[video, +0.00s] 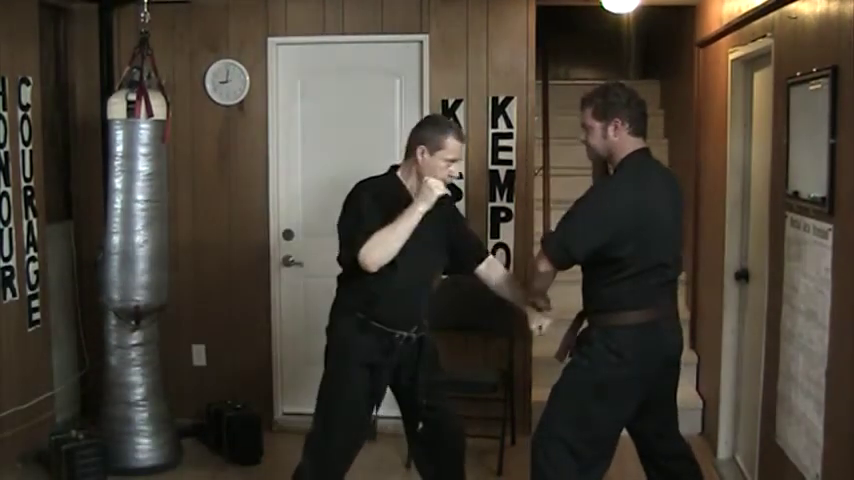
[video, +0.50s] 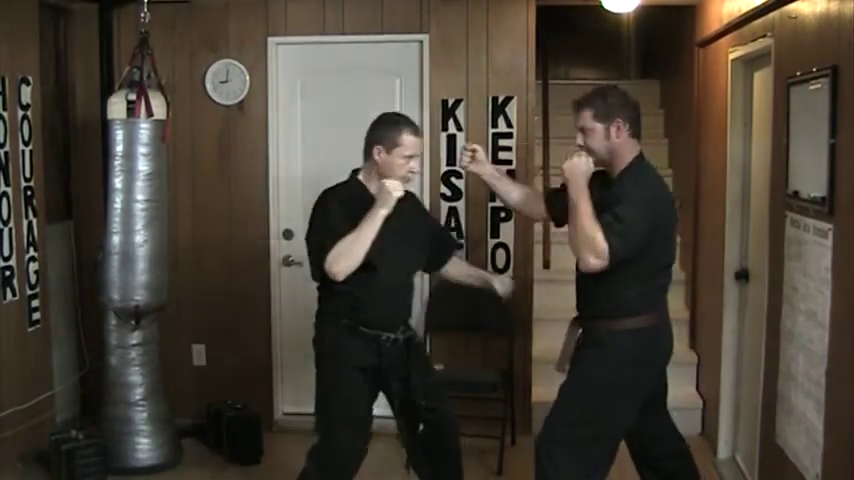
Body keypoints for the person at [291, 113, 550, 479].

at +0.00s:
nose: (456, 171)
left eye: (458, 162)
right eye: (449, 161)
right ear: (420, 154)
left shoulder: (443, 211)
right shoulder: (369, 194)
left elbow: (487, 267)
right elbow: (370, 258)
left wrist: (529, 303)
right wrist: (420, 205)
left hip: (413, 345)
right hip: (359, 340)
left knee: (443, 443)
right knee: (333, 448)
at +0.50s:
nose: (415, 167)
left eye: (417, 158)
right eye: (407, 158)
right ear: (377, 154)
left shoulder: (408, 206)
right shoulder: (336, 202)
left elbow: (443, 261)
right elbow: (336, 267)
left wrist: (489, 279)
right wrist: (381, 209)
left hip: (400, 344)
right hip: (345, 344)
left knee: (437, 438)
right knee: (342, 448)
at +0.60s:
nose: (391, 163)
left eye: (394, 154)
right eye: (384, 153)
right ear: (353, 149)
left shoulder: (378, 200)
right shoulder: (313, 198)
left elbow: (414, 256)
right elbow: (324, 263)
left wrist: (449, 250)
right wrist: (366, 202)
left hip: (378, 339)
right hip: (327, 340)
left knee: (421, 435)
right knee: (329, 447)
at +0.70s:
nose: (372, 158)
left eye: (373, 149)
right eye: (364, 148)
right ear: (334, 145)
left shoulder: (353, 194)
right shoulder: (295, 193)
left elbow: (382, 244)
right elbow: (315, 253)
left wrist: (422, 219)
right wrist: (353, 190)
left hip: (358, 336)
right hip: (310, 338)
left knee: (398, 434)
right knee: (315, 449)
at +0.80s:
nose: (357, 154)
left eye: (359, 145)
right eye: (351, 144)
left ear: (329, 143)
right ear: (321, 141)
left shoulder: (340, 189)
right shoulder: (281, 188)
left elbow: (376, 235)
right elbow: (304, 244)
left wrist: (397, 197)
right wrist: (336, 181)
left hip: (342, 332)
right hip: (296, 333)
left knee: (374, 435)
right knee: (304, 449)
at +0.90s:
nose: (348, 152)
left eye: (350, 144)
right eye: (341, 142)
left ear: (322, 139)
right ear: (311, 137)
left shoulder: (335, 186)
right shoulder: (273, 183)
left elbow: (373, 227)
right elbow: (292, 239)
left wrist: (390, 180)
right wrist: (322, 174)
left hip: (329, 328)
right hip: (283, 328)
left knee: (341, 427)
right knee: (294, 438)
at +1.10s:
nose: (336, 155)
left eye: (339, 146)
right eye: (329, 145)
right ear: (300, 139)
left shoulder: (325, 189)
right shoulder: (257, 182)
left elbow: (366, 229)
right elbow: (268, 239)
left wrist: (385, 183)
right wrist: (304, 176)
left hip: (302, 329)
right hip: (256, 327)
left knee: (306, 429)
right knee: (267, 431)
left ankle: (300, 475)